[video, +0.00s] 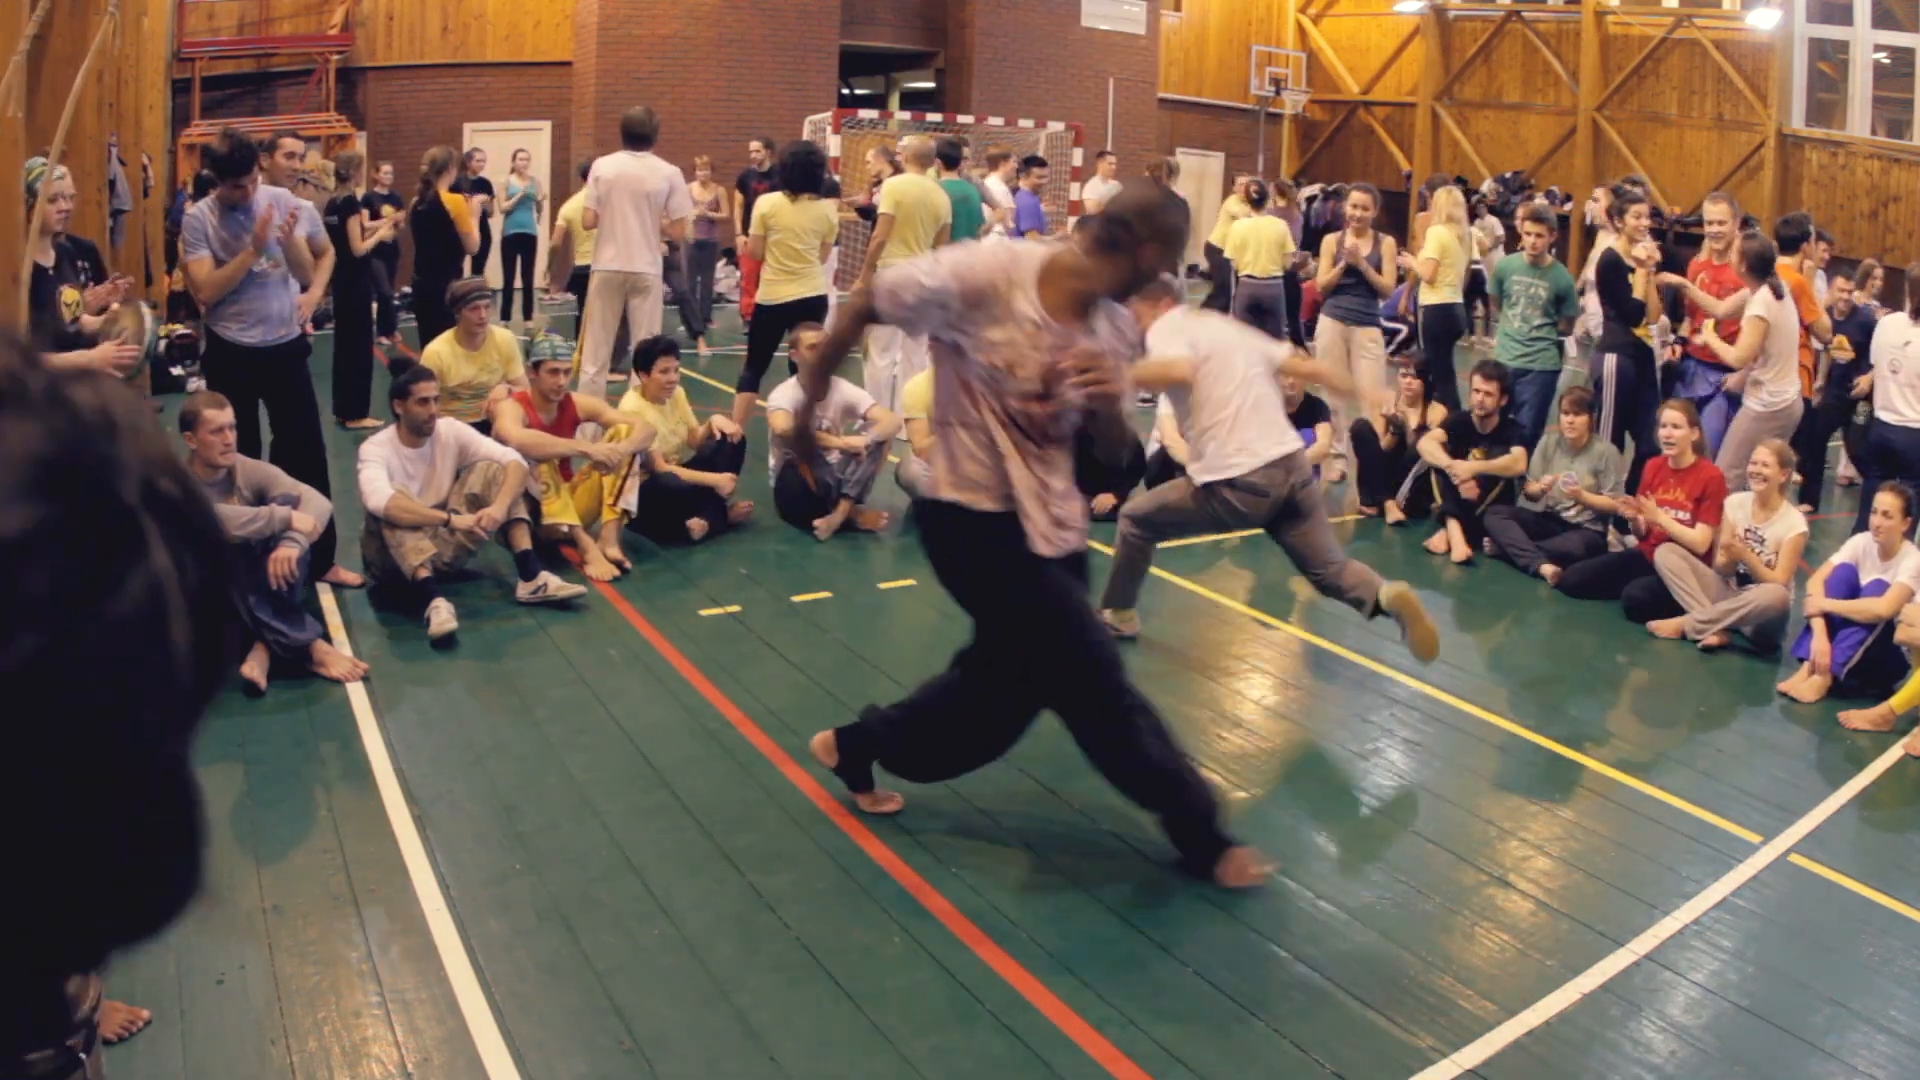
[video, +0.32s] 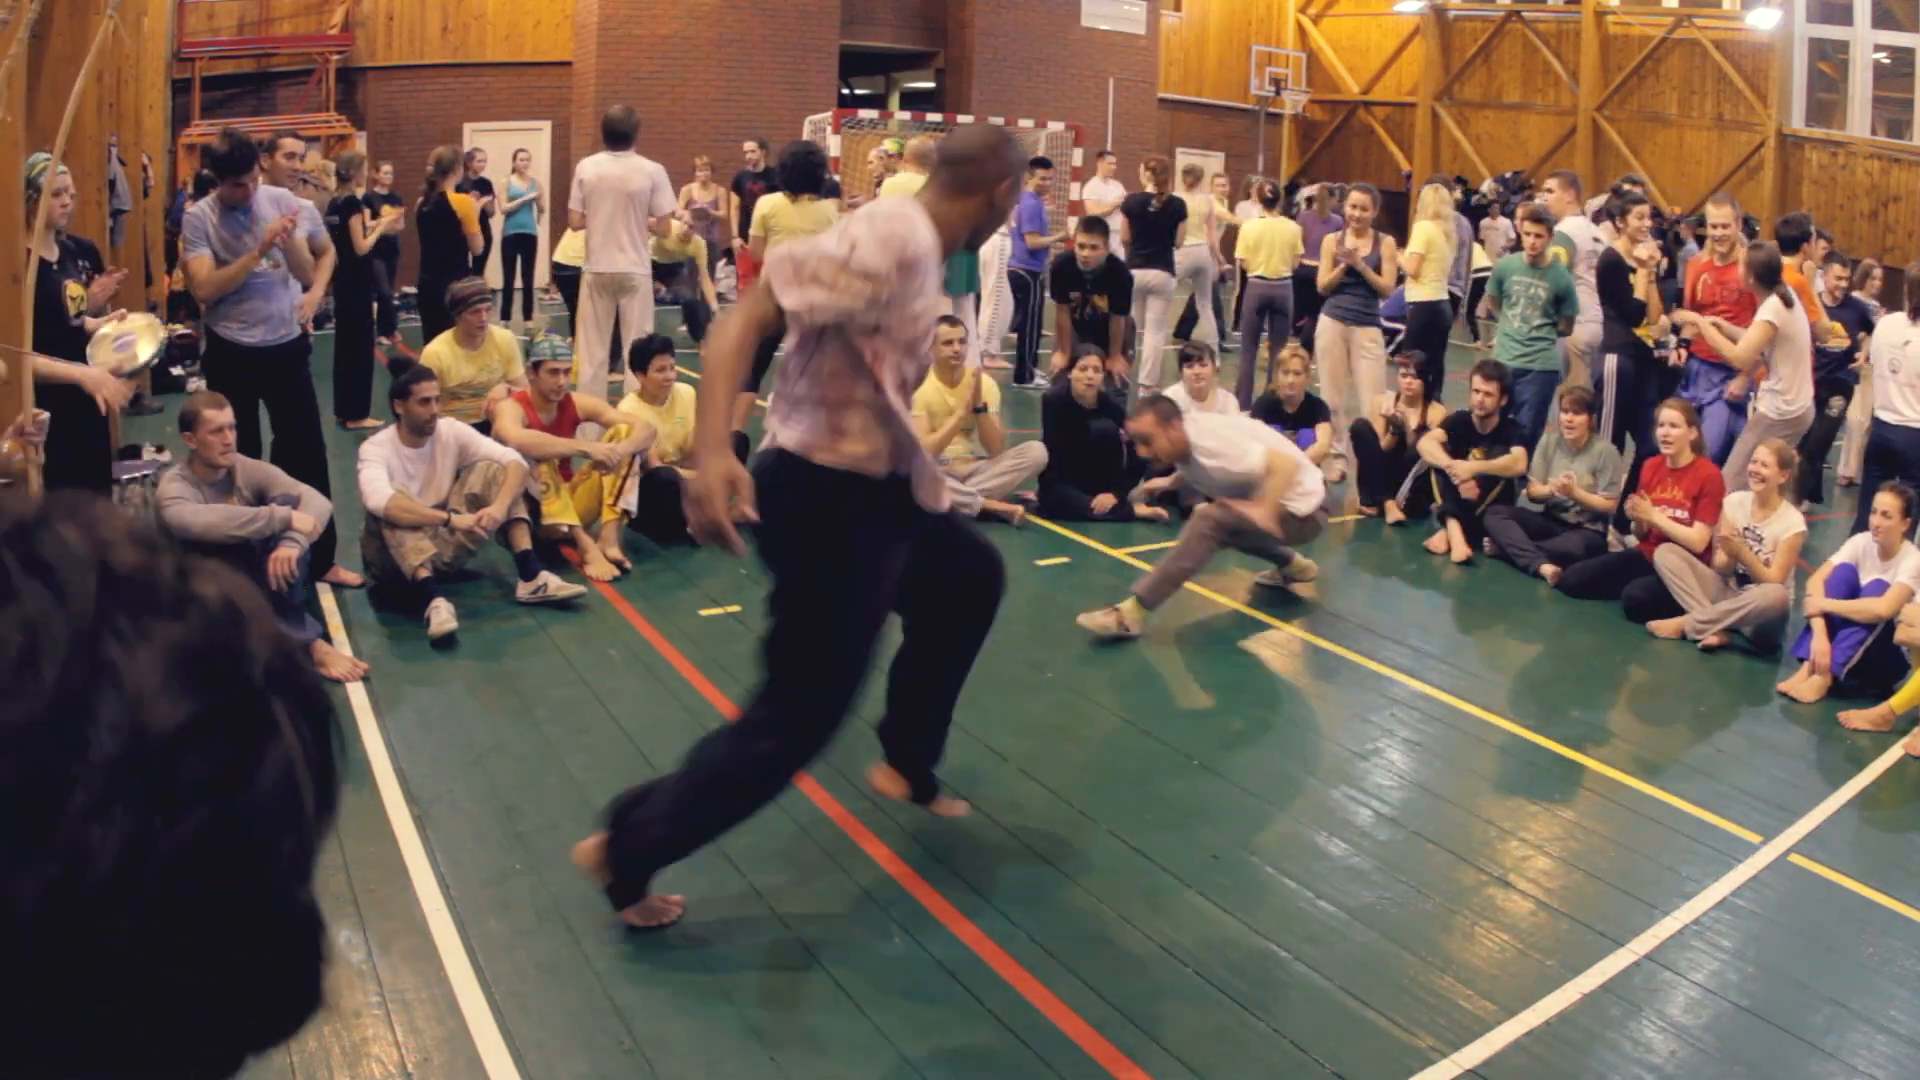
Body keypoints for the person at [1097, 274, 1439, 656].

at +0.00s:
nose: (1134, 319)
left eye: (1134, 311)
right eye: (1133, 312)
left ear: (1149, 302)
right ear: (1175, 297)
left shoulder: (1165, 328)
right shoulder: (1229, 326)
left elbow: (1180, 371)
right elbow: (1308, 366)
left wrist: (1120, 376)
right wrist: (1354, 394)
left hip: (1240, 481)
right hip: (1292, 468)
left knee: (1138, 516)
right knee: (1330, 569)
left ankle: (1118, 612)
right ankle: (1386, 597)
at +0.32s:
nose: (1141, 454)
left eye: (1147, 442)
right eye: (1135, 444)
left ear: (1174, 428)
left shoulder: (1209, 441)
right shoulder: (1183, 443)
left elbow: (1284, 463)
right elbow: (1203, 469)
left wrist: (1267, 508)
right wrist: (1171, 483)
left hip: (1303, 512)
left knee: (1211, 519)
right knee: (1219, 516)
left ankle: (1133, 611)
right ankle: (1294, 565)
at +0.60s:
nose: (1257, 459)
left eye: (1268, 453)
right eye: (1255, 448)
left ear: (1293, 449)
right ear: (1252, 436)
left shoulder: (1328, 476)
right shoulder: (1244, 441)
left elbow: (1375, 537)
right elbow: (1185, 447)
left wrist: (1391, 599)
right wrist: (1131, 460)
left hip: (1331, 537)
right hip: (1282, 520)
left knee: (1267, 557)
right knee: (1207, 544)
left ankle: (1186, 615)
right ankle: (1276, 577)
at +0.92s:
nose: (1455, 521)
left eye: (1463, 524)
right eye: (1462, 512)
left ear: (1464, 528)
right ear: (1458, 486)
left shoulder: (1430, 531)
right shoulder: (1429, 451)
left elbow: (1397, 576)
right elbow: (1480, 482)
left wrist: (1381, 632)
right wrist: (1535, 520)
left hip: (1335, 519)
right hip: (1297, 480)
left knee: (1336, 567)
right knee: (1199, 535)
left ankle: (1274, 661)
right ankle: (1225, 534)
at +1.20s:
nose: (1468, 627)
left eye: (1471, 628)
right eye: (1474, 627)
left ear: (1472, 609)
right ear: (1487, 612)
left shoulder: (1455, 544)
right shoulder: (1507, 562)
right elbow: (1514, 660)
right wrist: (1519, 722)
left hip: (1343, 493)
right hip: (1382, 498)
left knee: (1375, 623)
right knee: (1432, 625)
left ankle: (1280, 668)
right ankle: (1363, 716)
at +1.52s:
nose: (1524, 623)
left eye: (1519, 614)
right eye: (1521, 616)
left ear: (1514, 590)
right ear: (1540, 593)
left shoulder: (1534, 536)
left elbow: (1453, 583)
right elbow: (1596, 664)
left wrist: (1447, 650)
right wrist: (1549, 722)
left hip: (1611, 551)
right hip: (1688, 570)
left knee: (1526, 668)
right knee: (1647, 707)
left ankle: (1477, 781)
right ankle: (1645, 826)